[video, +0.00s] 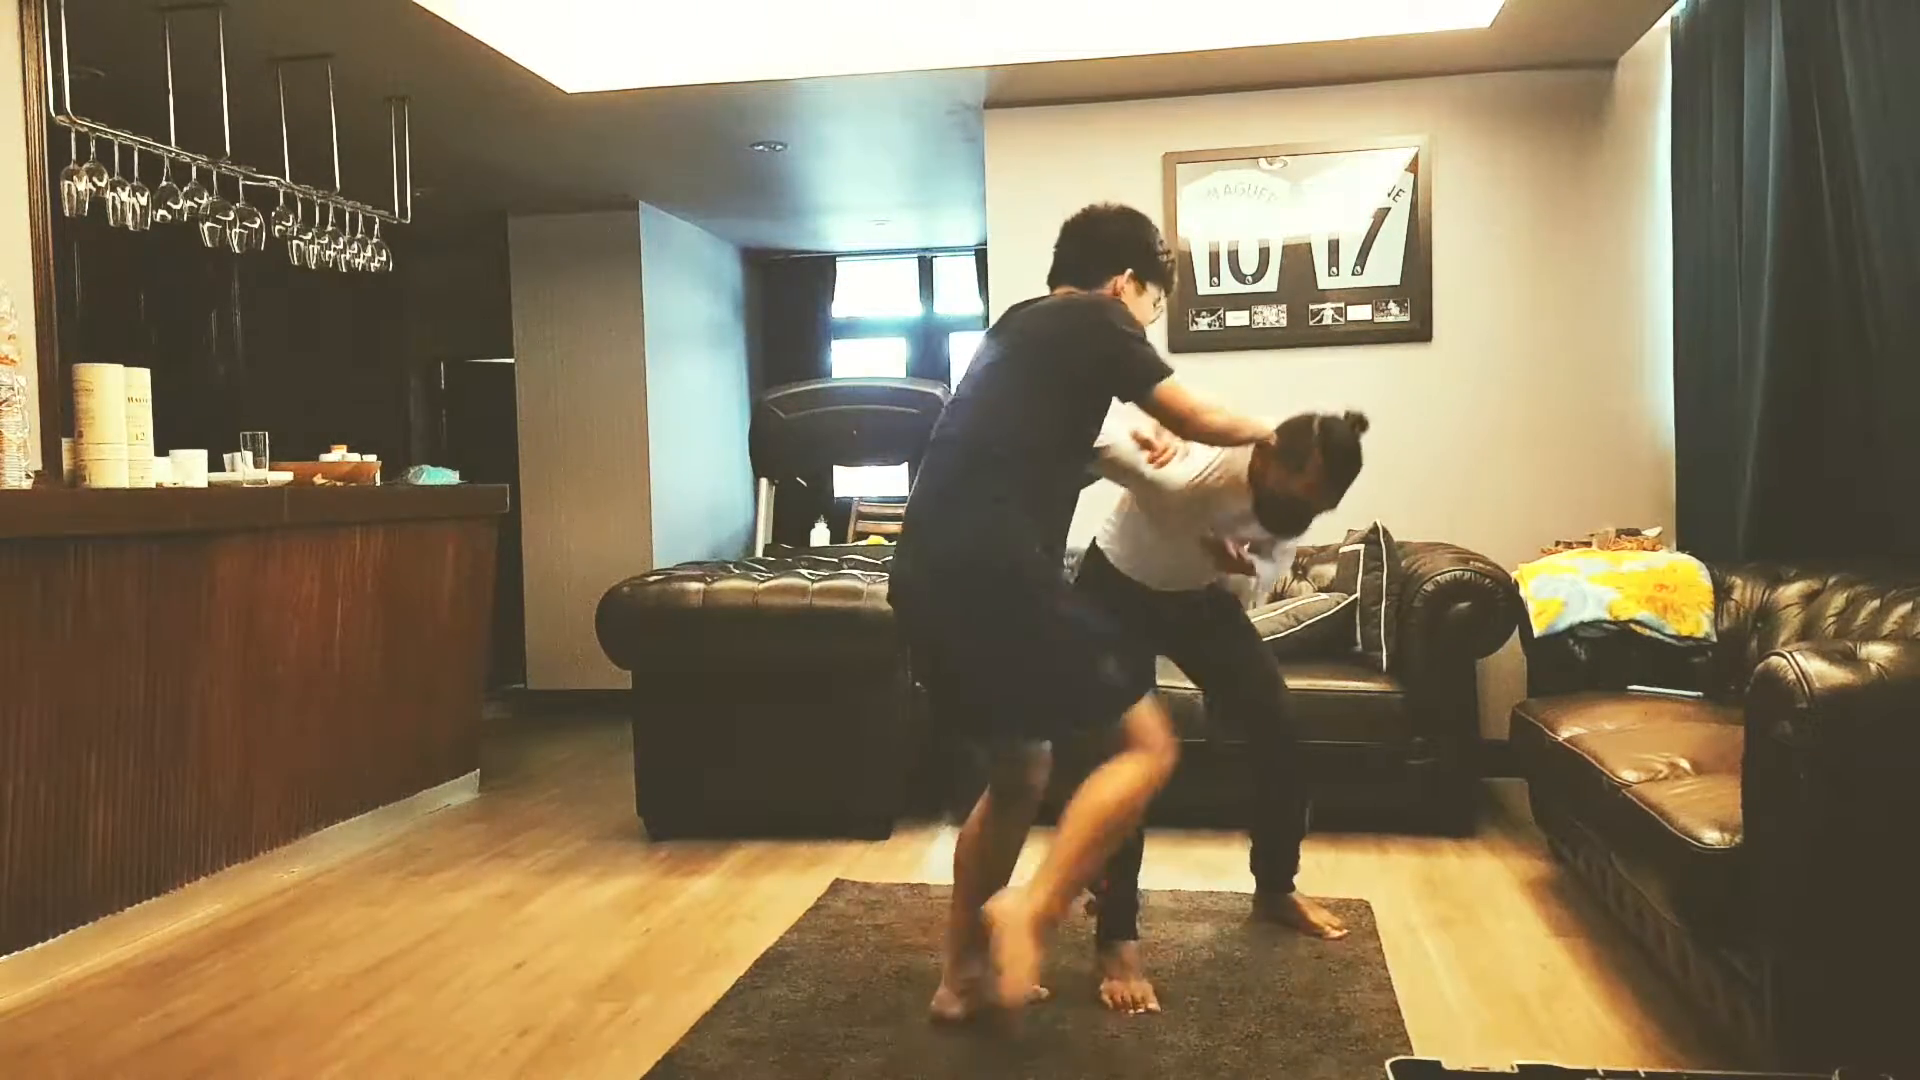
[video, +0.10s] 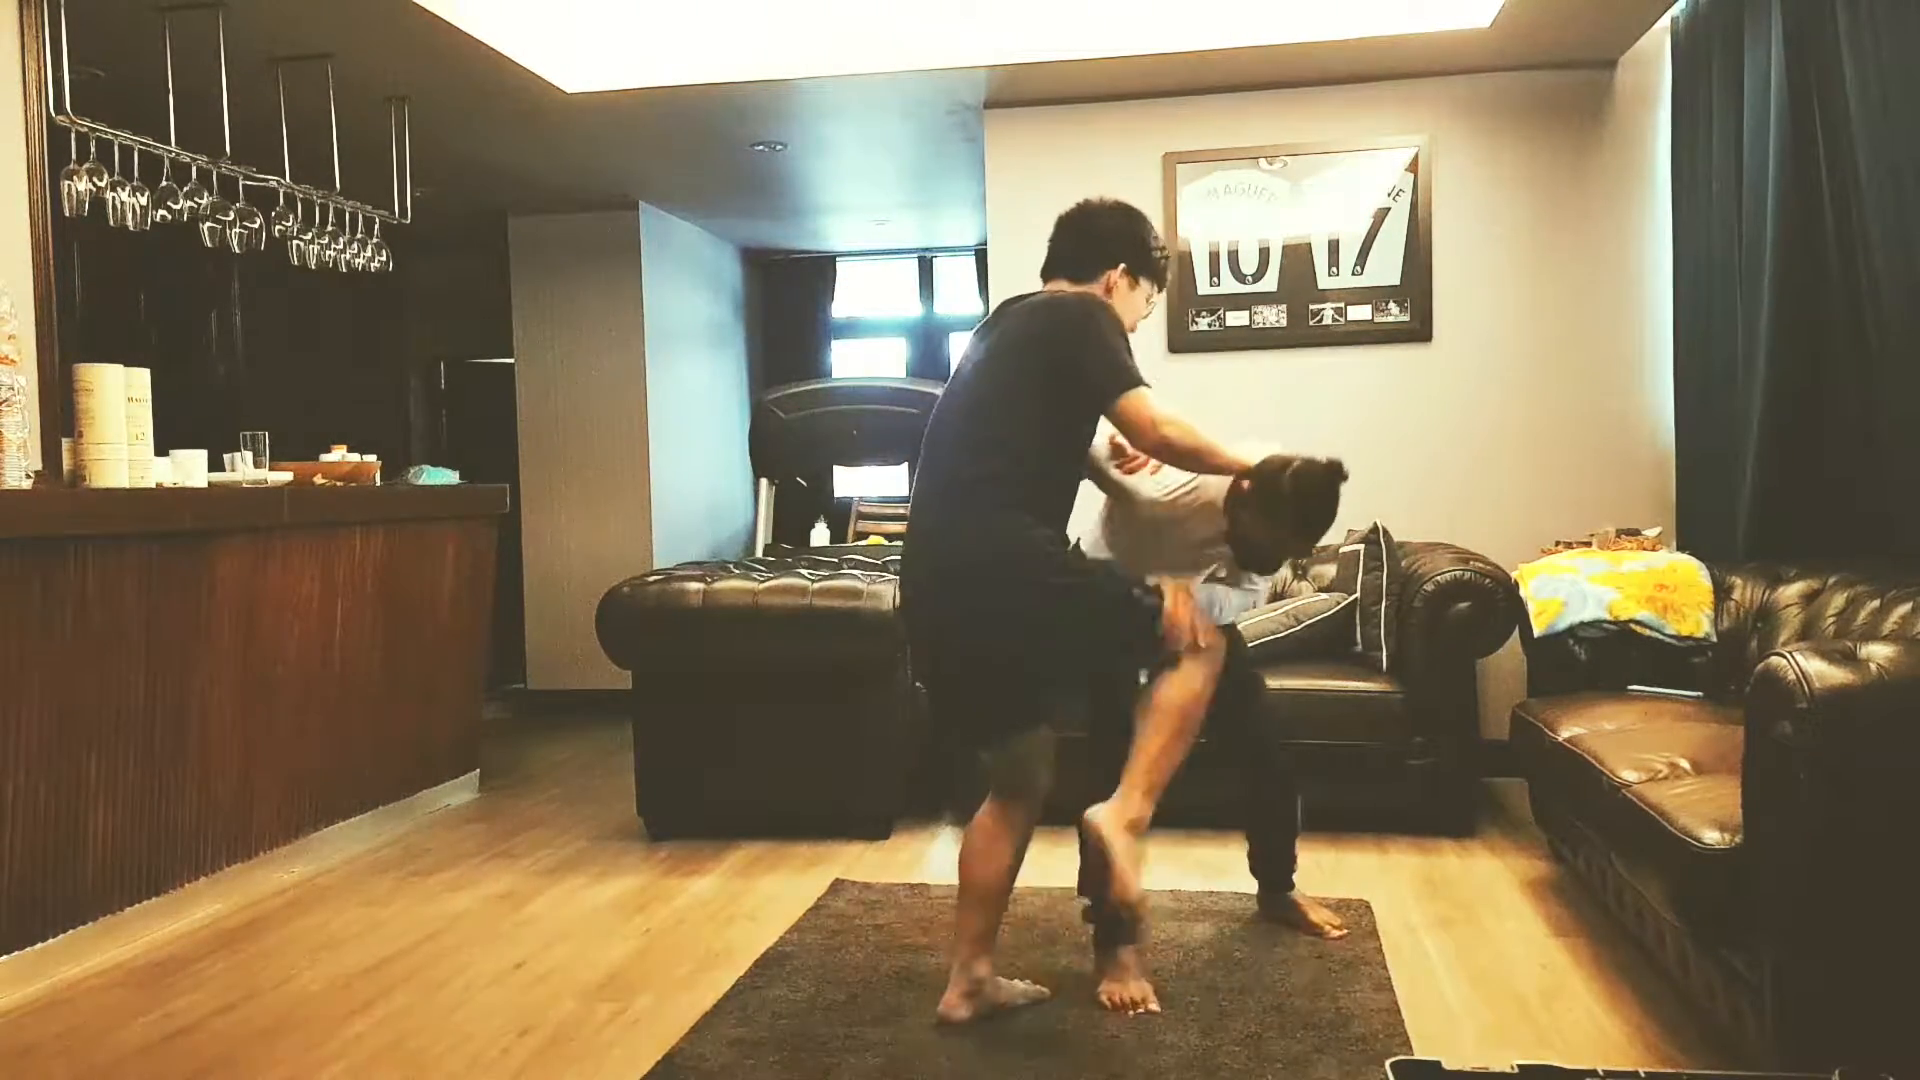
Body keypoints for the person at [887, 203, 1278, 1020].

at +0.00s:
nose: (1149, 325)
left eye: (1153, 312)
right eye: (1151, 306)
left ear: (1065, 277)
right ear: (1122, 282)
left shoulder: (1015, 329)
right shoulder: (1097, 327)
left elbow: (1050, 438)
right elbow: (1200, 424)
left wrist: (1138, 462)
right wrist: (1267, 432)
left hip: (924, 576)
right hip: (998, 575)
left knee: (1015, 775)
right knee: (1149, 744)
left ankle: (960, 978)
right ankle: (1028, 918)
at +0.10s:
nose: (1137, 324)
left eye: (1144, 311)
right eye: (1142, 304)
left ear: (1059, 269)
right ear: (1115, 276)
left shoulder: (1005, 324)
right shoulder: (1084, 321)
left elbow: (1024, 426)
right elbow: (1151, 432)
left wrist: (1108, 469)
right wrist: (1245, 465)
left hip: (930, 571)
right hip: (1011, 561)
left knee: (1018, 774)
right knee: (1199, 639)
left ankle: (970, 977)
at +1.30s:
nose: (1037, 284)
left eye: (1042, 269)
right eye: (1033, 262)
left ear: (988, 248)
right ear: (983, 239)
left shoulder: (968, 330)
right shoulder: (911, 292)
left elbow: (983, 449)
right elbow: (965, 375)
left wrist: (1017, 427)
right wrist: (1071, 371)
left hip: (941, 568)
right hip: (880, 567)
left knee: (968, 752)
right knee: (919, 779)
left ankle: (939, 954)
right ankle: (787, 830)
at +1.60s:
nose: (991, 294)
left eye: (996, 281)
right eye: (984, 277)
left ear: (946, 279)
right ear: (926, 269)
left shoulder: (940, 388)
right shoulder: (870, 314)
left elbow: (1012, 465)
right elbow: (969, 331)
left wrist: (1062, 383)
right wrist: (1068, 295)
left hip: (894, 584)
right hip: (821, 579)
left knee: (936, 748)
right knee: (818, 759)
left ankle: (937, 953)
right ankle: (758, 871)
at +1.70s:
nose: (984, 295)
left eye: (989, 281)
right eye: (975, 279)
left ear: (951, 283)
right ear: (920, 275)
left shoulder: (953, 386)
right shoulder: (868, 324)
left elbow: (1013, 462)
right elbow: (979, 328)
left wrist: (1067, 437)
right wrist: (1077, 288)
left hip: (890, 579)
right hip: (810, 577)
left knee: (944, 735)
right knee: (817, 753)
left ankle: (941, 933)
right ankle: (756, 873)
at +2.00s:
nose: (1003, 265)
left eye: (1006, 250)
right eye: (990, 245)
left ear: (966, 252)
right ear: (939, 242)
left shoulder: (977, 352)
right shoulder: (885, 298)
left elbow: (1030, 442)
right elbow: (971, 328)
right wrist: (1059, 279)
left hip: (919, 556)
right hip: (840, 553)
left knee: (952, 725)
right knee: (832, 737)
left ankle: (948, 908)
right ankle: (772, 862)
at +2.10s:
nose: (1011, 263)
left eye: (1013, 248)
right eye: (998, 243)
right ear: (946, 239)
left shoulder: (985, 351)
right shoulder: (889, 298)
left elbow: (1034, 436)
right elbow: (952, 335)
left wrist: (1133, 424)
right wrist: (1059, 280)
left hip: (933, 559)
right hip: (855, 555)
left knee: (968, 721)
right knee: (842, 735)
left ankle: (952, 905)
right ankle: (777, 855)